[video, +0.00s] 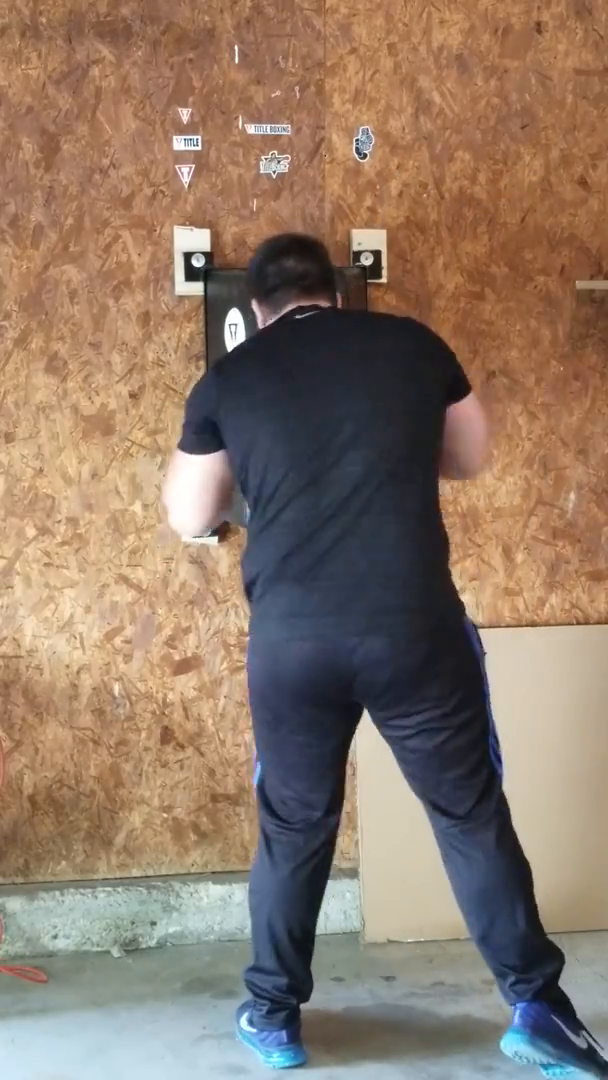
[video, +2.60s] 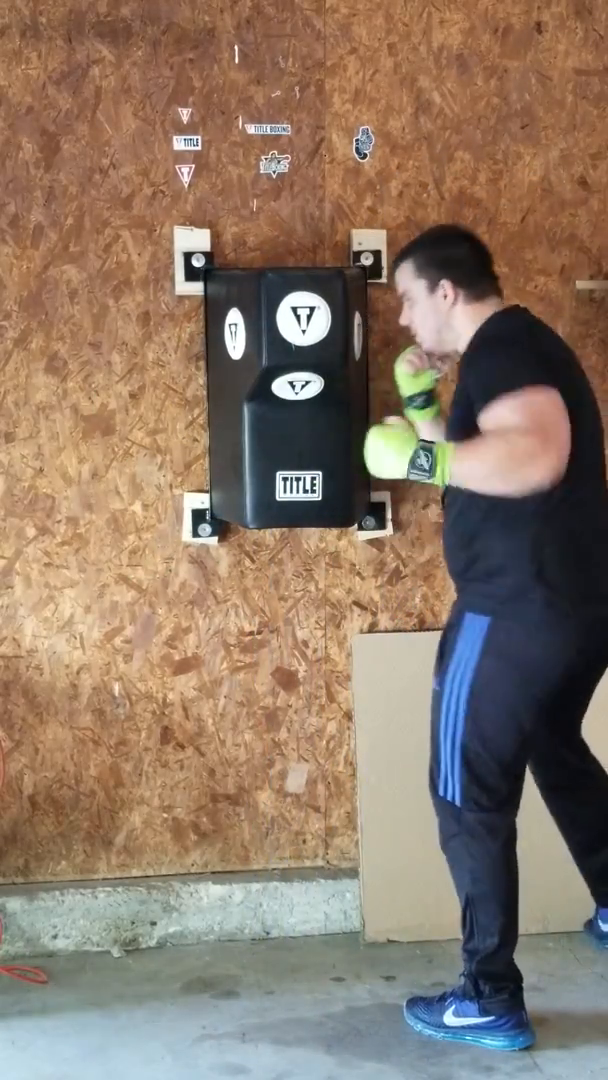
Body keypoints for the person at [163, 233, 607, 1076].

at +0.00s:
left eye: (254, 314)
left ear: (259, 311)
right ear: (338, 293)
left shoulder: (227, 378)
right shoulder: (410, 340)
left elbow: (191, 517)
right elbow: (470, 457)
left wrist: (240, 477)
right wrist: (387, 440)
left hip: (293, 638)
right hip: (415, 625)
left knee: (292, 826)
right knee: (471, 813)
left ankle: (273, 1014)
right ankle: (537, 1002)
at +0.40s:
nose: (305, 289)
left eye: (305, 278)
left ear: (311, 278)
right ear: (391, 284)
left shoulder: (273, 350)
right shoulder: (452, 360)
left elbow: (197, 459)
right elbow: (452, 460)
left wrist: (133, 459)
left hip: (305, 633)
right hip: (424, 630)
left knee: (293, 827)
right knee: (469, 816)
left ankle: (272, 1011)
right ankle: (531, 1005)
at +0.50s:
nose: (347, 288)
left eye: (340, 277)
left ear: (338, 279)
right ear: (417, 288)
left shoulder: (272, 343)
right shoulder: (462, 358)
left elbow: (158, 402)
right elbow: (494, 463)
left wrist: (159, 358)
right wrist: (425, 412)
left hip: (303, 635)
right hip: (424, 633)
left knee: (300, 821)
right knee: (488, 796)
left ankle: (269, 1012)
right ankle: (544, 986)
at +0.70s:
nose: (380, 287)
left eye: (378, 276)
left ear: (381, 281)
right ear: (462, 292)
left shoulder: (316, 346)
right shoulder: (491, 363)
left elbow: (230, 452)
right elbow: (533, 487)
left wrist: (282, 392)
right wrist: (471, 431)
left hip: (328, 626)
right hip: (447, 628)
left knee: (310, 816)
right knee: (521, 804)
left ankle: (268, 1011)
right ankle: (586, 995)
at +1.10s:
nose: (409, 324)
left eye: (405, 315)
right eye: (404, 315)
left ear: (422, 297)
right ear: (493, 280)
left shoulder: (432, 346)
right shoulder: (587, 348)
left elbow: (360, 466)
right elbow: (580, 461)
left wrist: (368, 409)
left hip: (463, 611)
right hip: (577, 616)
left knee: (417, 805)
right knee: (565, 818)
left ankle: (405, 993)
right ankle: (587, 1020)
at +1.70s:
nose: (414, 394)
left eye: (410, 382)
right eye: (407, 384)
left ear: (436, 372)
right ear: (470, 329)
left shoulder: (520, 405)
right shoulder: (549, 365)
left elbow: (457, 532)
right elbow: (487, 480)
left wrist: (414, 450)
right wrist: (435, 428)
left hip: (561, 628)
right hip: (589, 618)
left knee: (486, 798)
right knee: (603, 778)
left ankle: (494, 999)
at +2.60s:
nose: (406, 319)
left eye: (408, 301)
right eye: (403, 304)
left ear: (446, 292)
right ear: (471, 289)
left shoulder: (500, 347)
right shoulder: (533, 344)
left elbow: (536, 459)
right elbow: (499, 468)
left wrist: (425, 456)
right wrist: (429, 415)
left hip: (513, 612)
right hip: (575, 605)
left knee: (469, 798)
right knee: (557, 749)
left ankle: (489, 997)